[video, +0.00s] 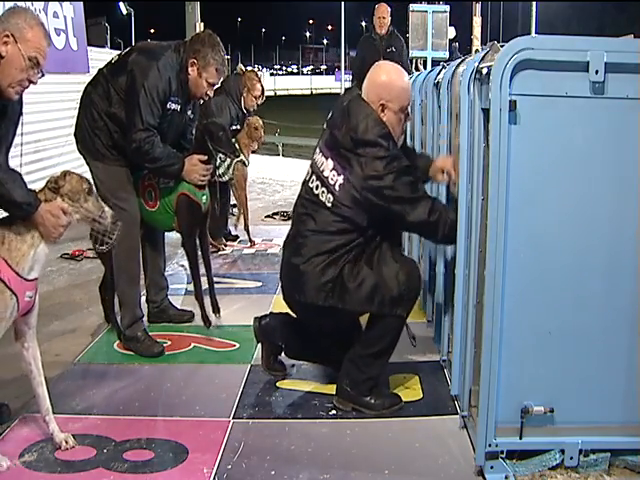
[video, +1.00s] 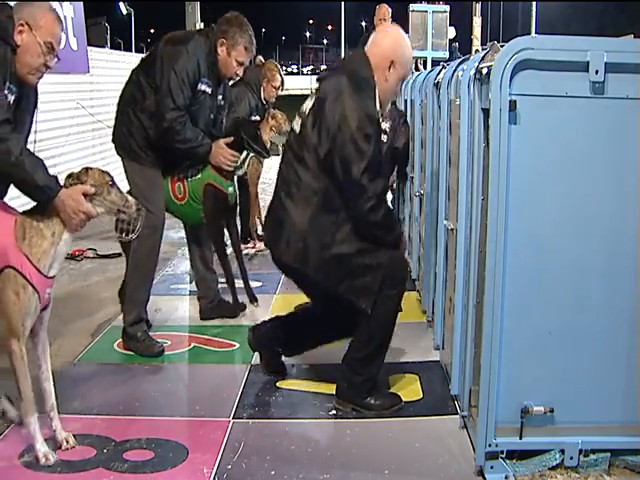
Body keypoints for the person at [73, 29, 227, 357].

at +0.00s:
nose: (211, 93)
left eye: (216, 86)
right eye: (209, 84)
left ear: (196, 65)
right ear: (191, 67)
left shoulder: (192, 79)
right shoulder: (152, 70)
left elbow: (183, 134)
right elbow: (139, 140)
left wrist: (192, 162)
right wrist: (181, 165)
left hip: (139, 137)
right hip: (103, 134)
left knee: (152, 216)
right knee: (127, 218)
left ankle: (158, 303)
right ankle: (131, 324)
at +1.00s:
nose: (240, 71)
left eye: (245, 65)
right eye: (238, 63)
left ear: (230, 50)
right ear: (220, 46)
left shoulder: (221, 70)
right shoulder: (182, 54)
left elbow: (216, 122)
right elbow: (169, 120)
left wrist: (223, 145)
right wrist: (208, 149)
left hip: (183, 144)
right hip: (142, 139)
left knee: (199, 217)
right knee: (152, 219)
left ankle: (210, 301)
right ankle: (134, 324)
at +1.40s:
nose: (272, 52)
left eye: (275, 45)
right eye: (270, 44)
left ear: (261, 39)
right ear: (256, 37)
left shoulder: (257, 56)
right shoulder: (222, 42)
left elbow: (252, 108)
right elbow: (208, 106)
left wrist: (255, 138)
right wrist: (241, 141)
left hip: (209, 134)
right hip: (173, 127)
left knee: (214, 212)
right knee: (190, 213)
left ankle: (211, 300)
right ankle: (169, 315)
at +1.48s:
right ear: (263, 23)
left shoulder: (259, 47)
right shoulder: (226, 38)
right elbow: (215, 106)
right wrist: (251, 142)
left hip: (208, 134)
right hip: (179, 129)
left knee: (217, 216)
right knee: (199, 220)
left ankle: (213, 300)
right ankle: (202, 322)